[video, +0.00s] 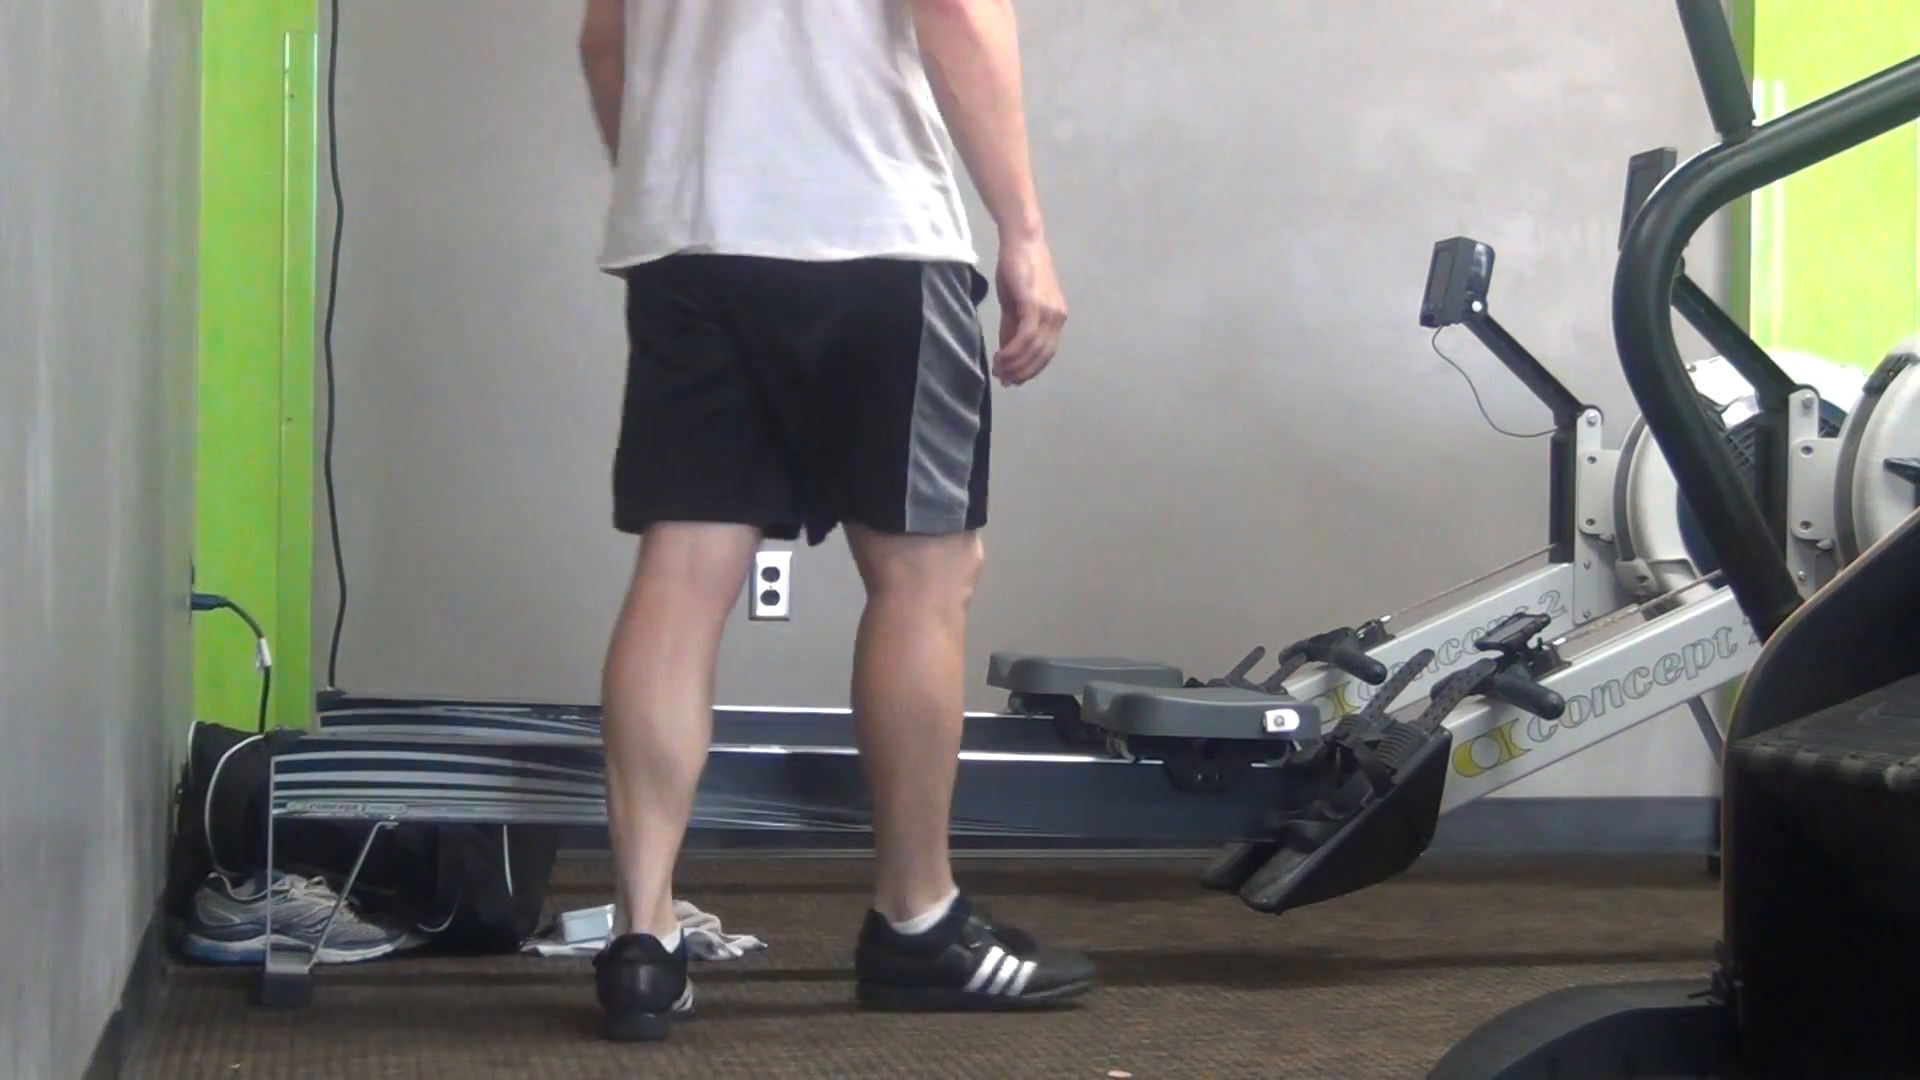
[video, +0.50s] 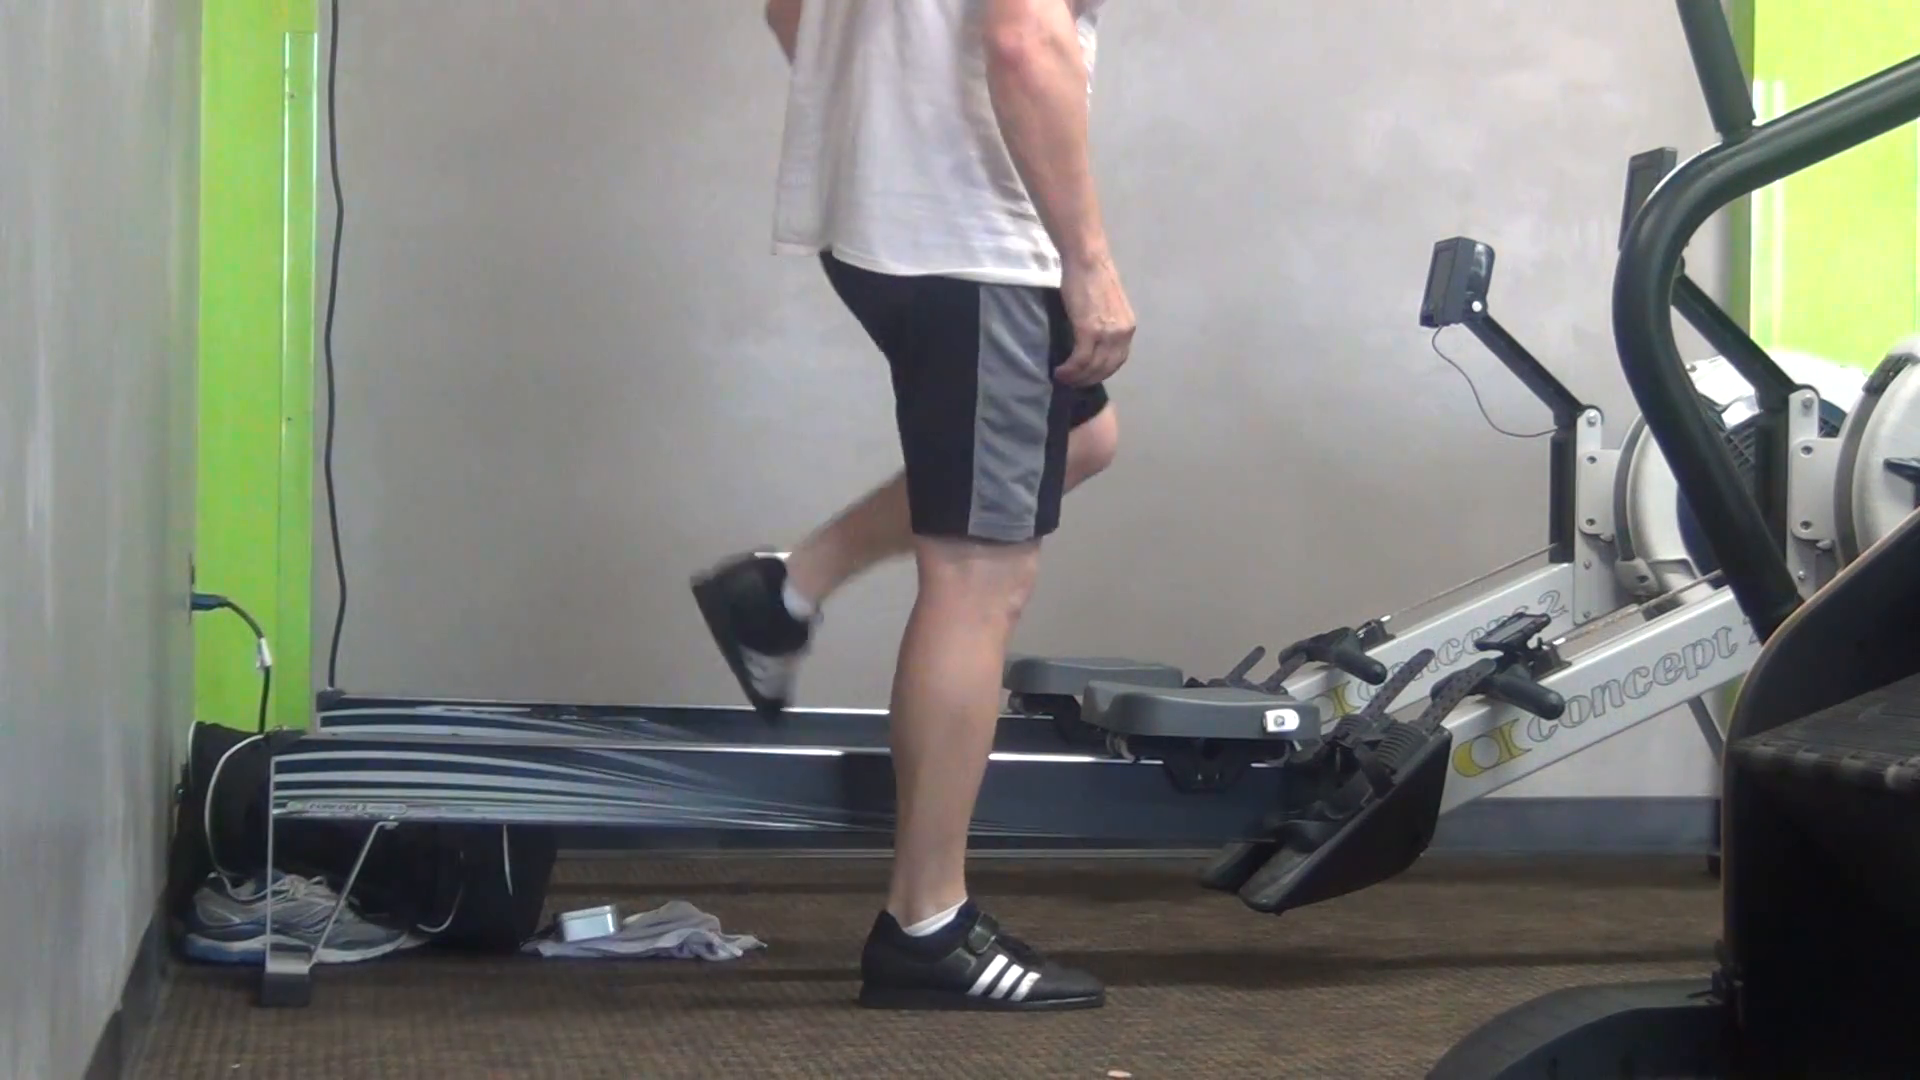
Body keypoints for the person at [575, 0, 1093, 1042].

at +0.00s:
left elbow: (605, 33)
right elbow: (954, 12)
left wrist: (674, 197)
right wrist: (1023, 229)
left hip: (686, 220)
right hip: (877, 219)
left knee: (682, 572)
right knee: (924, 582)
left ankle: (642, 945)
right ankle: (916, 924)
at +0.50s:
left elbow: (788, 7)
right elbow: (1024, 43)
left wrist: (887, 108)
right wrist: (1091, 259)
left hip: (871, 206)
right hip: (963, 225)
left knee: (1079, 434)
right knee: (978, 581)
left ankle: (782, 590)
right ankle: (925, 926)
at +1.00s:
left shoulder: (1171, 21)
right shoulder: (1139, 1)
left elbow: (1150, 192)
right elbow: (1024, 46)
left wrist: (1185, 359)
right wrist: (1080, 259)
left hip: (1018, 269)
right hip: (990, 263)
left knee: (1092, 574)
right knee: (1134, 555)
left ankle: (1086, 866)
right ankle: (985, 885)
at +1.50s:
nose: (1392, 243)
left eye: (1414, 231)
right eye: (1411, 213)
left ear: (1375, 145)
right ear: (1382, 143)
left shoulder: (1269, 258)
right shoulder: (1246, 136)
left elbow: (1248, 445)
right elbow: (1079, 175)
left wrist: (1258, 633)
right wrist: (1086, 381)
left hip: (1021, 413)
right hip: (982, 397)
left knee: (1199, 607)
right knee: (1256, 590)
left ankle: (1096, 884)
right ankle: (1142, 929)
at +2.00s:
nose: (1274, 283)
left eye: (1289, 265)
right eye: (1283, 253)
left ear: (1233, 198)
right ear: (1235, 197)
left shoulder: (1160, 301)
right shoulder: (1110, 242)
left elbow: (1190, 507)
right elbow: (966, 358)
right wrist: (1067, 522)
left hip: (1021, 585)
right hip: (965, 591)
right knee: (1313, 624)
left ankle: (1102, 880)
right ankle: (1148, 930)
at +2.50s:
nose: (1149, 233)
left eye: (1157, 209)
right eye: (1147, 197)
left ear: (1086, 171)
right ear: (1084, 164)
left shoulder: (1058, 342)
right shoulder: (945, 236)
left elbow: (1138, 519)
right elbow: (805, 363)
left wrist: (1276, 674)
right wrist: (924, 526)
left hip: (934, 600)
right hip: (839, 596)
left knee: (1181, 645)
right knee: (1204, 571)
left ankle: (1133, 935)